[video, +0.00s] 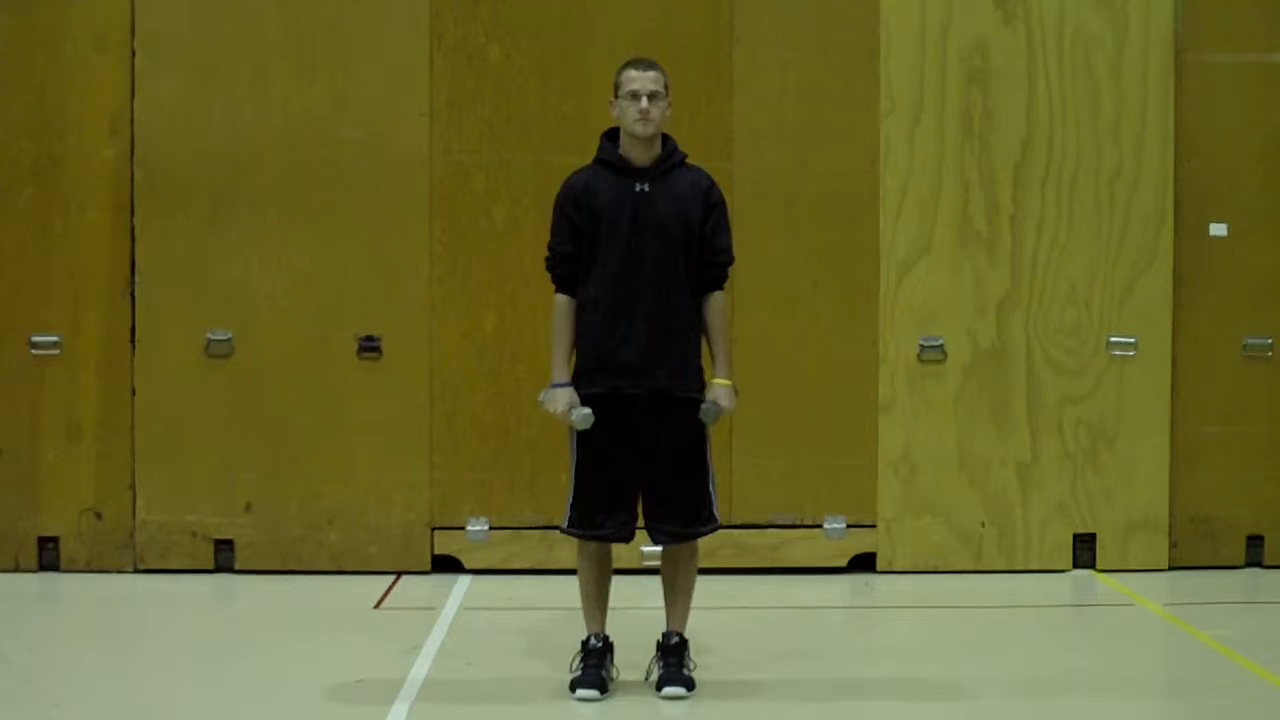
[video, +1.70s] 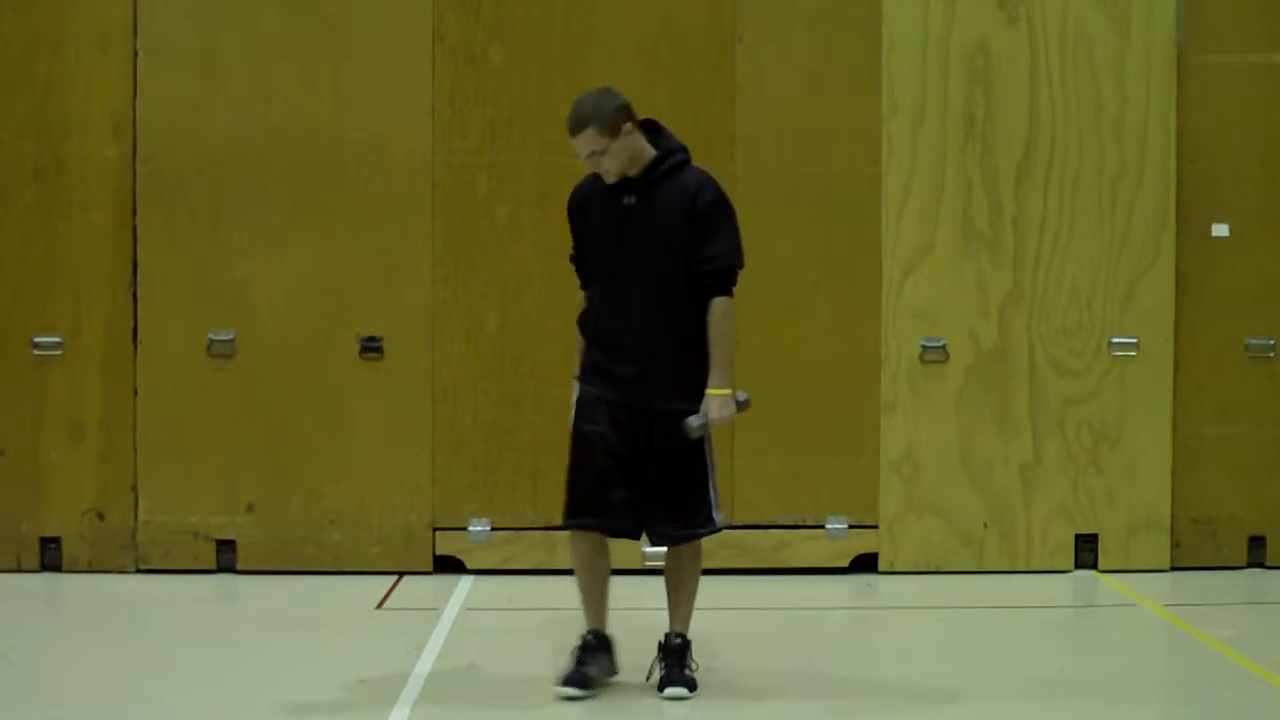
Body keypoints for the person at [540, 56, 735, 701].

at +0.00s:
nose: (645, 107)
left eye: (655, 98)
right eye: (634, 97)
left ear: (669, 107)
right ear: (614, 106)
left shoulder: (698, 189)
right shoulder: (581, 189)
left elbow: (713, 290)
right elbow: (565, 292)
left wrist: (723, 374)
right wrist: (560, 379)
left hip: (676, 384)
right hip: (601, 384)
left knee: (680, 525)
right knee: (595, 523)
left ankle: (675, 647)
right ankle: (595, 647)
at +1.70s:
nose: (591, 167)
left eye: (597, 154)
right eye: (583, 157)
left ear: (631, 133)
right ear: (584, 149)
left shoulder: (696, 194)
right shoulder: (588, 200)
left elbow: (720, 295)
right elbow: (591, 295)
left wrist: (720, 387)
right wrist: (583, 377)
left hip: (677, 388)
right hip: (605, 387)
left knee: (683, 524)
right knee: (586, 515)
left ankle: (676, 648)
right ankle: (595, 644)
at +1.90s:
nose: (551, 181)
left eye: (554, 167)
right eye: (543, 171)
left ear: (583, 142)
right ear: (550, 159)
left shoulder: (658, 196)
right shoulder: (569, 210)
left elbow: (686, 295)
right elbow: (590, 296)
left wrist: (679, 391)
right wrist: (589, 371)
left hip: (651, 389)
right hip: (585, 386)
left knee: (666, 527)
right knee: (542, 514)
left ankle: (674, 650)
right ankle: (507, 645)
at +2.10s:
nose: (493, 199)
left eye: (493, 185)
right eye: (486, 190)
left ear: (522, 160)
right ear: (512, 169)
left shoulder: (601, 205)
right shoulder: (528, 215)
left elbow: (627, 307)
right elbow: (550, 303)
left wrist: (610, 403)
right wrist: (547, 377)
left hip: (611, 396)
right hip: (546, 392)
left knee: (639, 533)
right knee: (498, 524)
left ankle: (670, 651)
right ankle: (446, 648)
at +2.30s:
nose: (402, 212)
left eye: (400, 199)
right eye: (394, 203)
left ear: (426, 174)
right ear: (415, 181)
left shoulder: (514, 207)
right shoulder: (449, 219)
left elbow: (550, 306)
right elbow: (482, 307)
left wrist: (538, 402)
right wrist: (488, 380)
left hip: (558, 393)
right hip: (494, 393)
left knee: (603, 527)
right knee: (455, 523)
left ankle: (659, 643)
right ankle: (432, 653)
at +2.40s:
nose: (366, 220)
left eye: (362, 208)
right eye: (358, 213)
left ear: (383, 179)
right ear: (379, 189)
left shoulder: (477, 207)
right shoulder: (413, 227)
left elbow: (518, 305)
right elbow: (451, 317)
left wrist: (509, 402)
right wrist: (446, 389)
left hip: (531, 391)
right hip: (471, 392)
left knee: (559, 521)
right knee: (443, 524)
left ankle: (637, 625)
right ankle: (432, 653)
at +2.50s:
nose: (338, 228)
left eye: (335, 215)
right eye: (329, 221)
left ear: (356, 187)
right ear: (349, 195)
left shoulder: (446, 209)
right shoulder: (388, 235)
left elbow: (492, 308)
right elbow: (428, 323)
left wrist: (485, 407)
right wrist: (413, 404)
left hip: (511, 384)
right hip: (456, 390)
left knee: (502, 524)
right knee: (435, 524)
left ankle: (569, 629)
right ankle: (432, 654)